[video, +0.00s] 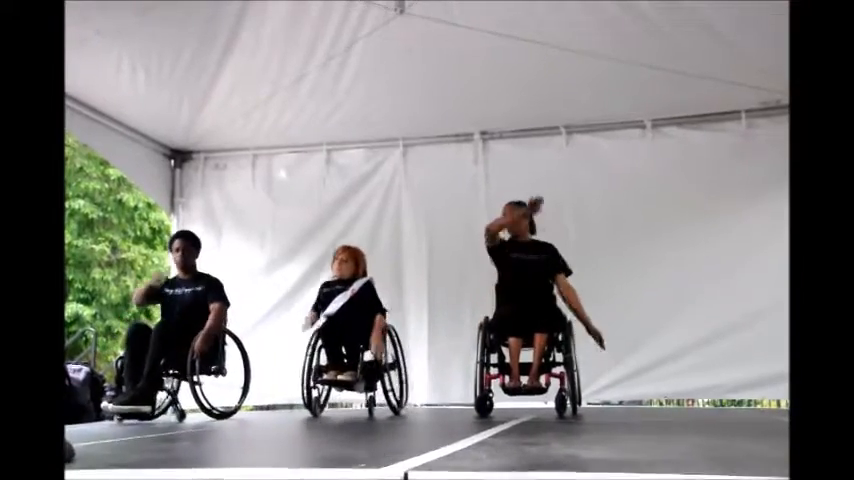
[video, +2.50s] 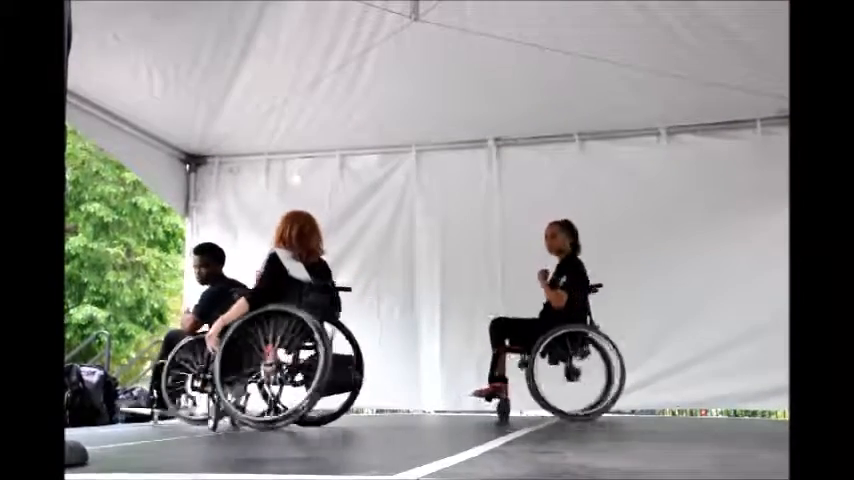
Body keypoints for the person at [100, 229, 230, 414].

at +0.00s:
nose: (181, 255)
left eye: (186, 250)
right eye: (177, 251)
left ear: (196, 253)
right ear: (172, 255)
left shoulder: (210, 284)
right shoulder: (168, 286)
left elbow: (219, 312)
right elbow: (139, 302)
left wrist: (205, 337)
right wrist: (148, 288)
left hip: (200, 350)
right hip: (172, 348)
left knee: (163, 328)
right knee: (137, 330)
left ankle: (146, 395)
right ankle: (131, 394)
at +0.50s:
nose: (185, 256)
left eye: (190, 250)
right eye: (180, 251)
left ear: (200, 253)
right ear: (175, 255)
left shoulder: (214, 285)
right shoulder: (167, 287)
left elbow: (229, 314)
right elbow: (153, 313)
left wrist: (219, 292)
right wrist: (128, 322)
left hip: (205, 350)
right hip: (174, 348)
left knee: (169, 327)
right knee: (141, 329)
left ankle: (151, 397)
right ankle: (136, 397)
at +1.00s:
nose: (190, 261)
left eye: (195, 256)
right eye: (185, 256)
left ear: (201, 258)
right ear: (177, 259)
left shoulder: (215, 289)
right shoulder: (168, 291)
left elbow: (237, 315)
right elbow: (156, 319)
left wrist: (211, 297)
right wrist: (129, 340)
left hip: (205, 353)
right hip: (175, 352)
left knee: (162, 333)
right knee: (136, 334)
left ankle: (146, 401)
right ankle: (132, 398)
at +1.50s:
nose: (203, 262)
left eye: (207, 258)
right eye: (197, 257)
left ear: (211, 261)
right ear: (186, 260)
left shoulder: (223, 292)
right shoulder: (172, 292)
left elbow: (250, 312)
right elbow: (147, 320)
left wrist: (260, 300)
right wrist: (126, 348)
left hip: (211, 357)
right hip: (180, 356)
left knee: (170, 335)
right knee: (144, 334)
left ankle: (153, 401)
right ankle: (138, 399)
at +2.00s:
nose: (207, 267)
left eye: (212, 262)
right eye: (203, 262)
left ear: (222, 262)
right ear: (197, 262)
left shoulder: (233, 292)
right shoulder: (192, 287)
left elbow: (238, 324)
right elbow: (184, 314)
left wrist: (207, 317)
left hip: (218, 350)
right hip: (192, 346)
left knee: (174, 335)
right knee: (154, 335)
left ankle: (153, 399)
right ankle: (144, 398)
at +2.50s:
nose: (198, 272)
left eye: (203, 267)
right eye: (196, 267)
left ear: (218, 266)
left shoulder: (213, 293)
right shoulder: (241, 288)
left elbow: (190, 327)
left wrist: (186, 315)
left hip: (225, 362)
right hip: (248, 358)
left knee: (173, 337)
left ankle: (160, 396)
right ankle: (173, 396)